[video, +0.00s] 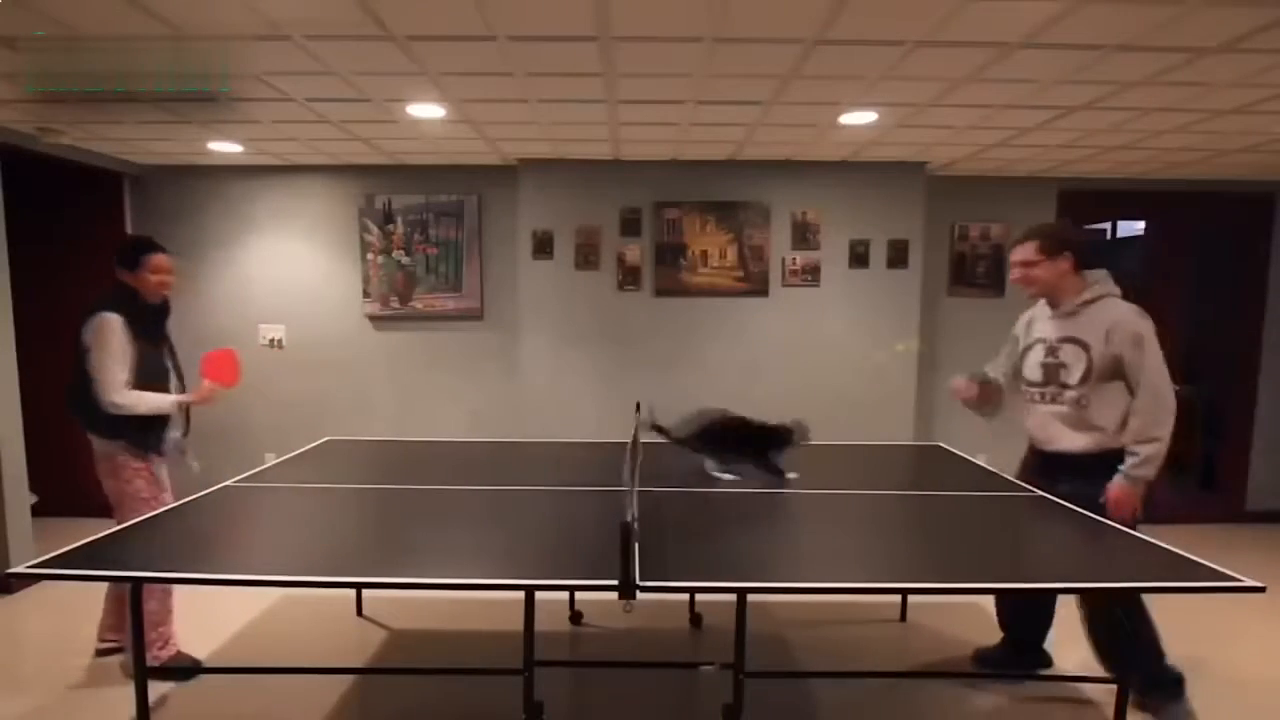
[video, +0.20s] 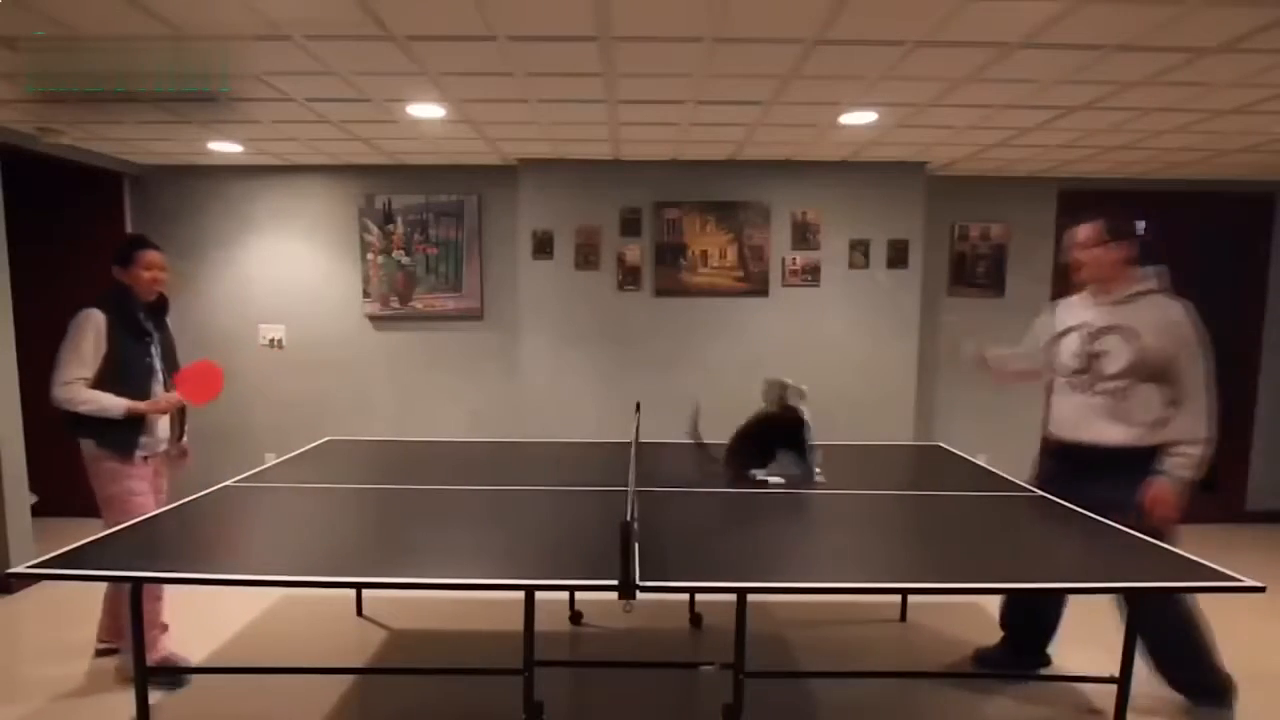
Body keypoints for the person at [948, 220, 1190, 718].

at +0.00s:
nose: (1017, 277)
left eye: (1026, 266)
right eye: (1014, 268)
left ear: (1064, 263)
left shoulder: (1124, 322)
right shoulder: (1030, 321)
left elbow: (1157, 403)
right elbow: (1001, 387)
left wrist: (1133, 476)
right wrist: (979, 393)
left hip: (1100, 469)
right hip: (1041, 464)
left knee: (1104, 586)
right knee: (1018, 555)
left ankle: (1160, 692)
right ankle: (1022, 647)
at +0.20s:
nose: (1078, 256)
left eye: (1089, 246)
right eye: (1075, 248)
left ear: (1122, 250)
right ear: (1072, 257)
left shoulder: (1166, 314)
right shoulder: (1064, 313)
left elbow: (1197, 404)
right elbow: (1033, 358)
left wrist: (1174, 476)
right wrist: (991, 361)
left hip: (1132, 468)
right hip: (1062, 462)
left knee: (1145, 586)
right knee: (1036, 558)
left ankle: (1210, 691)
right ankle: (1021, 648)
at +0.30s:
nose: (1111, 253)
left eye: (1123, 242)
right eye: (1109, 244)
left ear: (1158, 248)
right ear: (1106, 253)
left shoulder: (1206, 314)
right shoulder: (1109, 308)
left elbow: (1232, 406)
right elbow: (1106, 382)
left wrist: (1210, 481)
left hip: (1169, 470)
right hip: (1103, 461)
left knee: (1180, 588)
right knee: (1064, 557)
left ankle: (1211, 695)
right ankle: (1023, 651)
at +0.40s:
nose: (1139, 253)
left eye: (1151, 243)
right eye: (1139, 242)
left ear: (1190, 249)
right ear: (1143, 250)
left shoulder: (1238, 318)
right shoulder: (1149, 307)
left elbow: (1266, 415)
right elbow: (1150, 380)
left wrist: (1243, 492)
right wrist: (1109, 393)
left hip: (1200, 475)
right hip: (1140, 467)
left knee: (1202, 595)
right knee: (1103, 568)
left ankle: (1212, 698)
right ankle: (1052, 656)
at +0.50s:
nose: (1157, 246)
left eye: (1170, 236)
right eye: (1156, 236)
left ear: (1211, 242)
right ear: (1156, 243)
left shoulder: (1258, 309)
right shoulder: (1162, 302)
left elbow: (1276, 402)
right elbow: (1167, 371)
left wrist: (1267, 480)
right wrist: (1132, 384)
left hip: (1222, 466)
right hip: (1158, 458)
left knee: (1218, 589)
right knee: (1136, 563)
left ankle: (1212, 698)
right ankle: (1130, 654)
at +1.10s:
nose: (1218, 250)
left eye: (1232, 239)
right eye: (1214, 239)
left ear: (1267, 248)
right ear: (1206, 248)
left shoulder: (1275, 308)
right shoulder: (1194, 315)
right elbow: (1186, 379)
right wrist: (1160, 390)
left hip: (1267, 462)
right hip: (1206, 461)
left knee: (1278, 567)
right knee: (1206, 564)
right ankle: (1200, 659)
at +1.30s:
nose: (1272, 275)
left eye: (1278, 266)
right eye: (1268, 265)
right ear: (1259, 271)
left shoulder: (1254, 341)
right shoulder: (1247, 339)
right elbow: (1201, 387)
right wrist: (1191, 425)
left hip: (1274, 490)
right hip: (1267, 487)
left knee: (1258, 583)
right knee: (1252, 580)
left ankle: (1209, 663)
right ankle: (1208, 663)